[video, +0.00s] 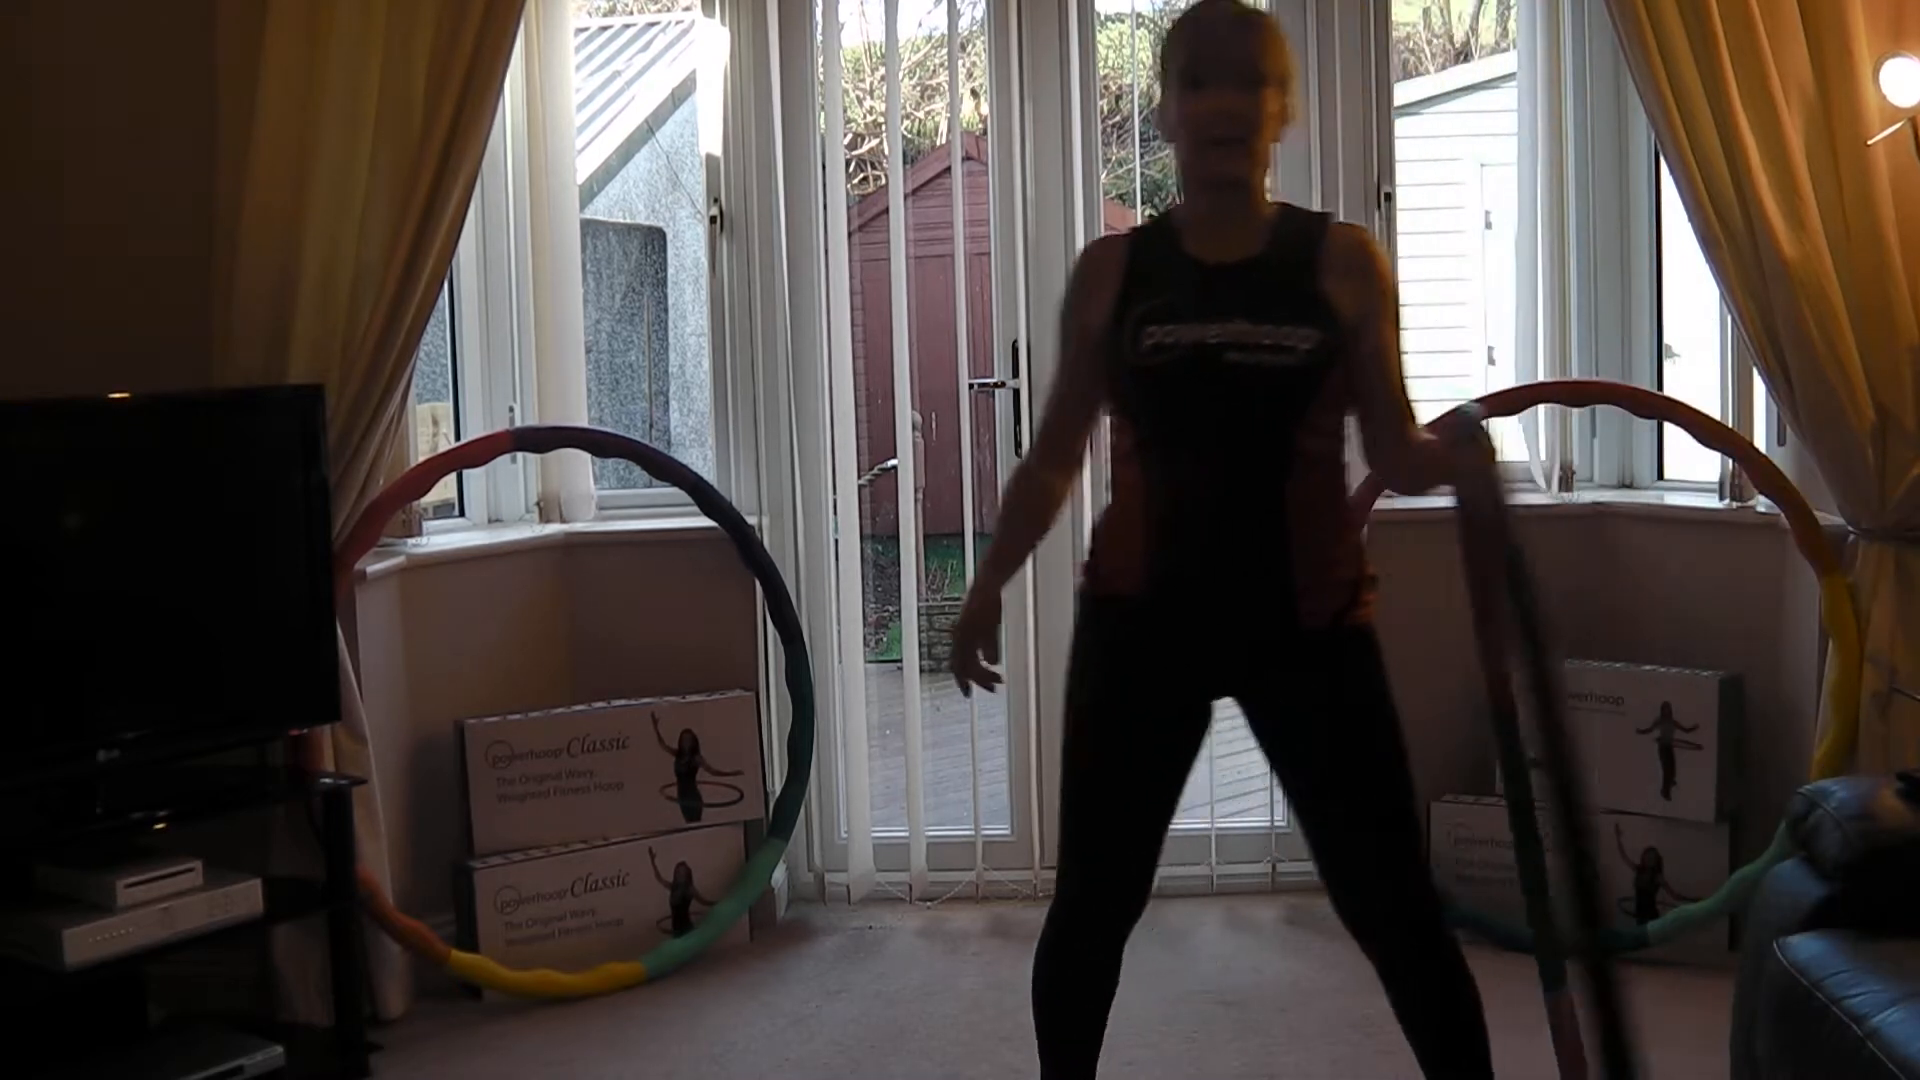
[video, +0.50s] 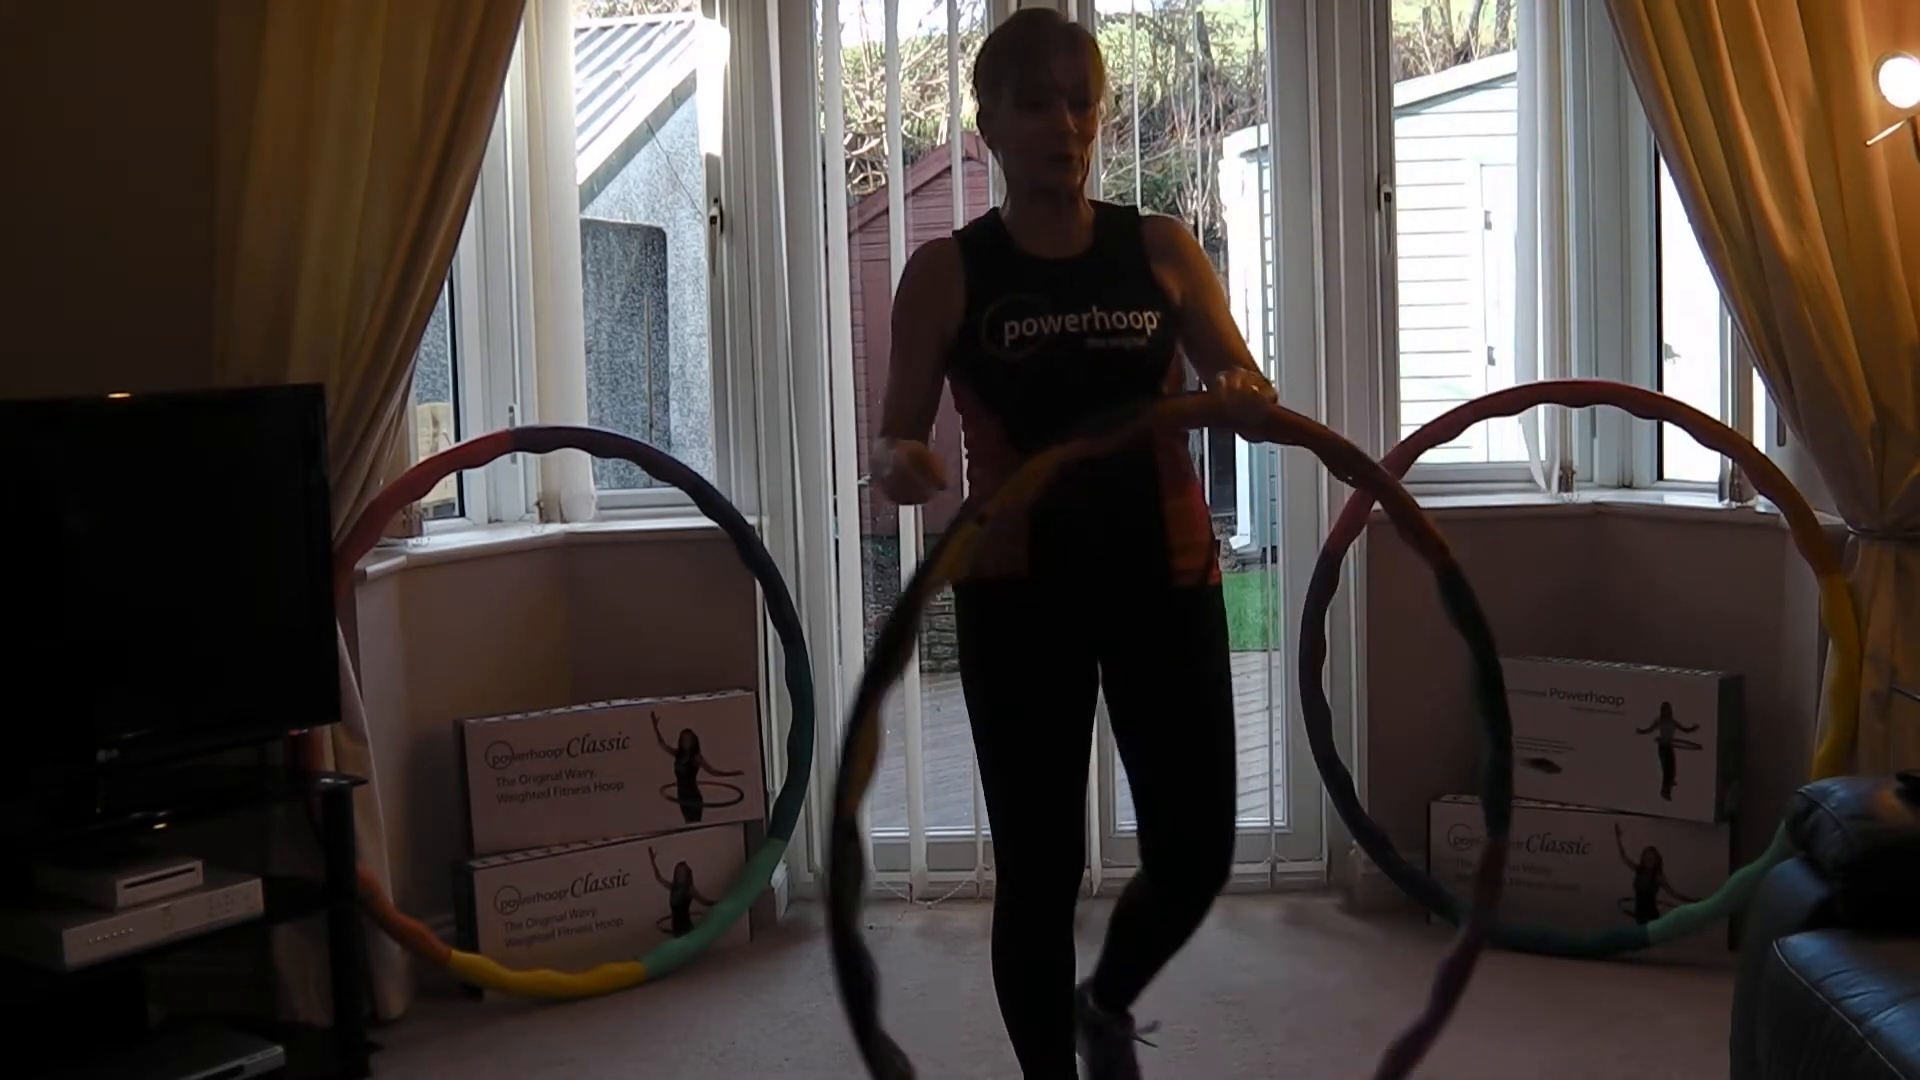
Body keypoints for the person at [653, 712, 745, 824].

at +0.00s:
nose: (685, 742)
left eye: (688, 739)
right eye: (683, 739)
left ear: (694, 742)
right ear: (680, 741)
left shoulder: (696, 758)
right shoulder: (678, 755)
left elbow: (712, 772)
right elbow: (662, 745)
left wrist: (733, 773)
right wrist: (655, 726)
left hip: (693, 795)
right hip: (682, 795)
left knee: (695, 828)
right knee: (691, 828)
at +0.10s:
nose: (685, 742)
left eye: (688, 739)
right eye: (683, 739)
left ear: (694, 742)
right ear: (680, 741)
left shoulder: (696, 758)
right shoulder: (678, 755)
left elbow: (712, 772)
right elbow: (662, 745)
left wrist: (733, 773)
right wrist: (655, 726)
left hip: (693, 795)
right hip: (682, 795)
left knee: (695, 828)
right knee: (691, 828)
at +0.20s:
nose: (685, 742)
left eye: (688, 739)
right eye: (683, 739)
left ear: (694, 742)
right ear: (680, 741)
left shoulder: (696, 757)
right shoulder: (678, 755)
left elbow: (712, 772)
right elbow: (662, 744)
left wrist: (733, 773)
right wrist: (655, 726)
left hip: (693, 795)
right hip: (682, 795)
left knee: (695, 828)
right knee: (690, 828)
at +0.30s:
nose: (686, 742)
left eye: (689, 739)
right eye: (684, 739)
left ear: (694, 741)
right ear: (680, 741)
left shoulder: (696, 758)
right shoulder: (678, 755)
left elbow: (712, 772)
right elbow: (662, 744)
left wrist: (733, 774)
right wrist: (655, 726)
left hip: (693, 795)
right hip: (682, 795)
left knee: (695, 828)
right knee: (690, 828)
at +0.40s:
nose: (686, 742)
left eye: (689, 739)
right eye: (684, 739)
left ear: (694, 741)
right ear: (680, 741)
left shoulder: (696, 757)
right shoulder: (678, 754)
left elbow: (712, 772)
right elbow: (662, 744)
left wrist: (733, 774)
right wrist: (655, 726)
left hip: (693, 795)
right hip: (682, 795)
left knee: (695, 828)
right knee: (690, 828)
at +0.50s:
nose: (686, 742)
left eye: (689, 739)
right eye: (684, 739)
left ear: (694, 741)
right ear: (680, 741)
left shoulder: (696, 757)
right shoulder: (678, 754)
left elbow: (712, 772)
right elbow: (662, 744)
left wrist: (733, 774)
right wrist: (655, 726)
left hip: (693, 794)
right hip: (682, 794)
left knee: (695, 828)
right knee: (690, 828)